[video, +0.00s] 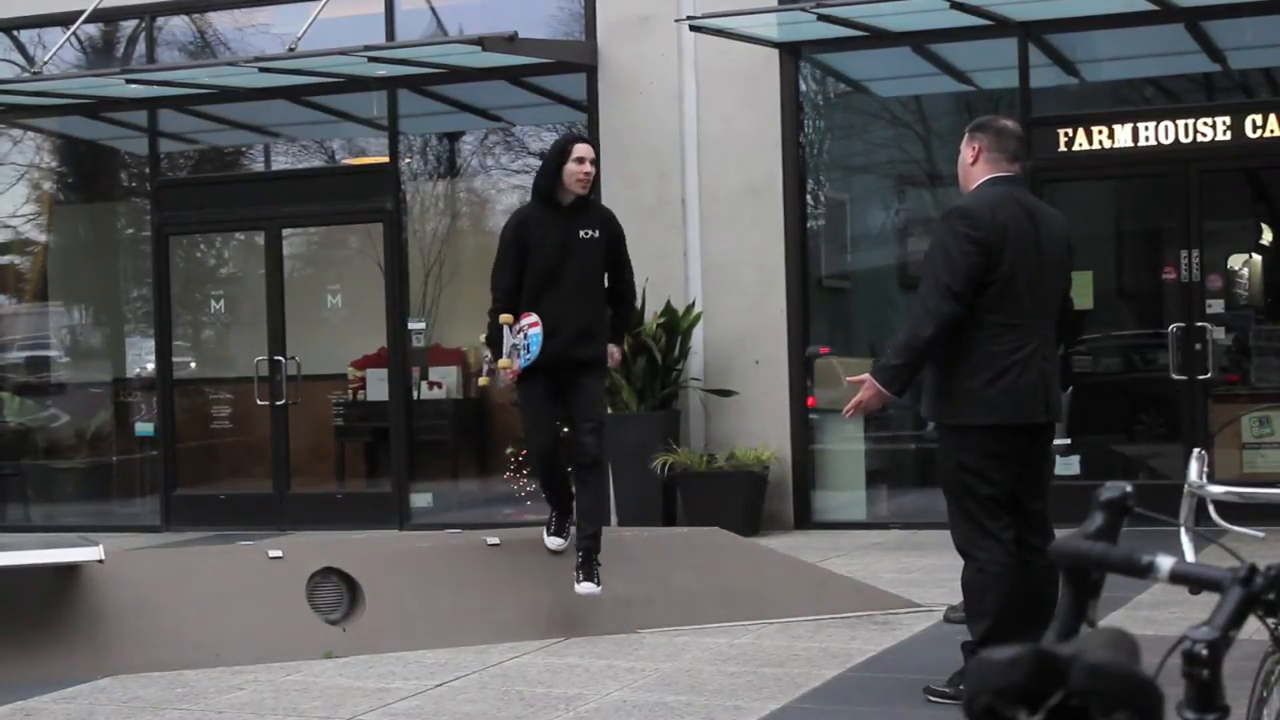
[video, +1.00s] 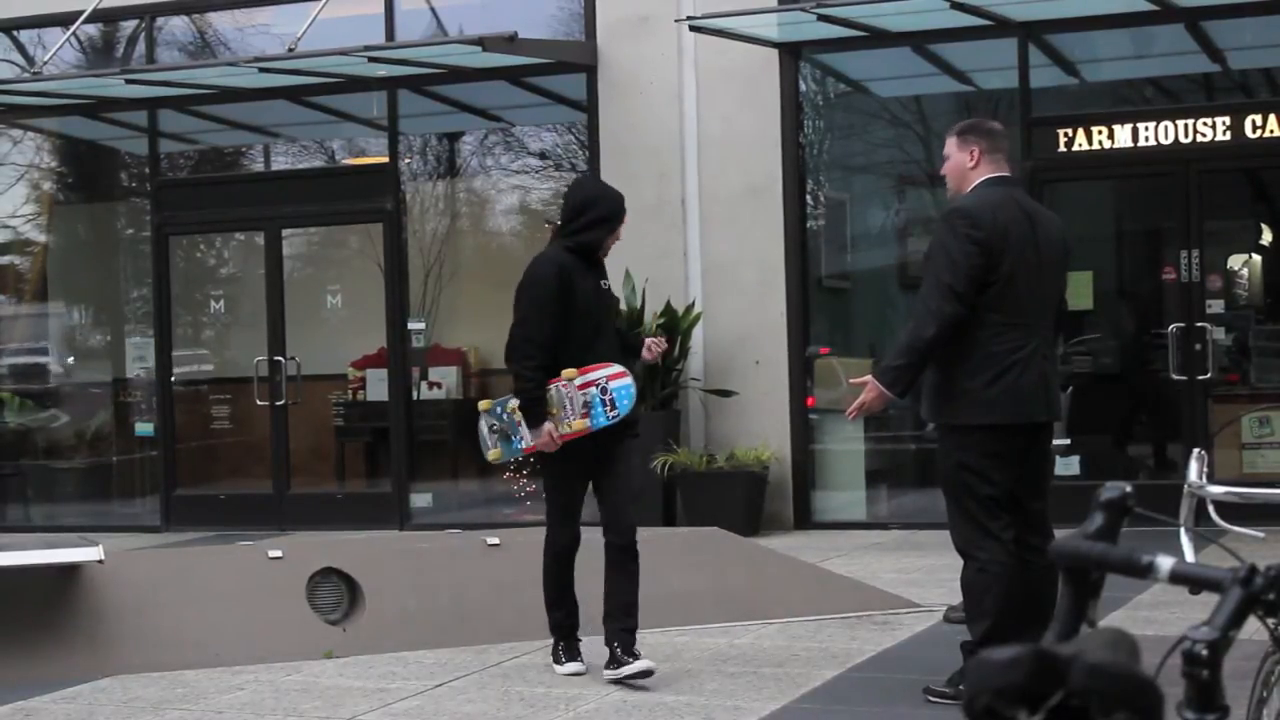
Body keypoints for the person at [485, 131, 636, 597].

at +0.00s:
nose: (587, 169)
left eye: (591, 162)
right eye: (578, 161)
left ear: (594, 170)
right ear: (555, 166)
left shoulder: (603, 221)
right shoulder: (523, 223)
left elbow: (623, 286)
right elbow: (503, 292)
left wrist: (616, 338)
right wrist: (501, 353)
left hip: (588, 356)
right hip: (535, 357)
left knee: (588, 452)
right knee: (542, 448)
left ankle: (589, 558)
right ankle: (559, 508)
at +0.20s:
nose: (602, 218)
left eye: (606, 212)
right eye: (594, 210)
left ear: (609, 222)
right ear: (570, 215)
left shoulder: (616, 275)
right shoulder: (532, 271)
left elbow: (636, 335)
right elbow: (509, 339)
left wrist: (630, 374)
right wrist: (501, 400)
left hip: (597, 410)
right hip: (541, 411)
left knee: (599, 516)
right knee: (536, 511)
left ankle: (591, 616)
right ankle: (562, 510)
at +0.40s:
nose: (604, 222)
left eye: (609, 215)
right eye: (596, 213)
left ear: (611, 225)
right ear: (572, 217)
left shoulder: (618, 279)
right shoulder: (533, 275)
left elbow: (642, 337)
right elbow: (510, 346)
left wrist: (633, 362)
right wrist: (508, 409)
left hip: (605, 419)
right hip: (548, 420)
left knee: (601, 521)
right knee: (551, 515)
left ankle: (591, 614)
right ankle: (550, 600)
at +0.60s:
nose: (603, 220)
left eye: (605, 212)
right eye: (594, 211)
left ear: (603, 221)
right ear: (567, 216)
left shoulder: (611, 273)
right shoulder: (531, 278)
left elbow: (652, 320)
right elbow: (505, 350)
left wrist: (632, 327)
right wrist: (513, 417)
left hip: (605, 421)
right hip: (550, 423)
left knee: (602, 526)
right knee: (564, 527)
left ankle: (591, 611)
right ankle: (566, 637)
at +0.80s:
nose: (611, 226)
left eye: (612, 217)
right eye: (605, 218)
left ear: (588, 221)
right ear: (577, 220)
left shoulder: (606, 274)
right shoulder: (532, 277)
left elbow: (618, 337)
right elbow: (515, 355)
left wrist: (635, 347)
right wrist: (517, 426)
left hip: (607, 422)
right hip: (556, 427)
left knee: (621, 524)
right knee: (565, 534)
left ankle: (592, 590)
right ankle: (565, 638)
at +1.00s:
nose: (617, 238)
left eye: (619, 230)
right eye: (614, 228)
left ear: (589, 224)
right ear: (591, 223)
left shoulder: (593, 273)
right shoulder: (547, 269)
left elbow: (602, 346)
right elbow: (524, 349)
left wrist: (639, 348)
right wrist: (536, 419)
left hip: (609, 428)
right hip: (563, 431)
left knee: (622, 533)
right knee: (563, 536)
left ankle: (621, 646)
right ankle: (565, 639)